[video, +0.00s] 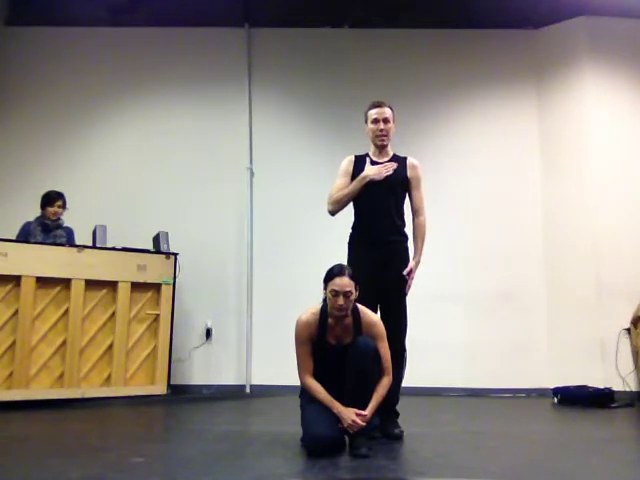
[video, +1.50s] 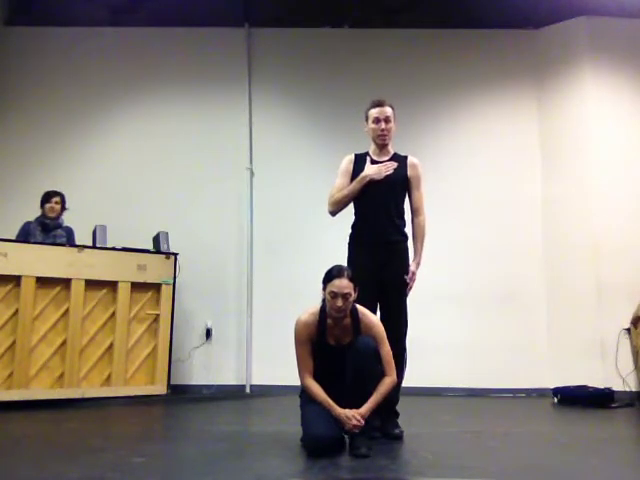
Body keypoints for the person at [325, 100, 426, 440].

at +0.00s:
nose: (381, 126)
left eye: (386, 121)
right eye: (376, 121)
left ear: (394, 126)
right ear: (366, 128)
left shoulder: (409, 167)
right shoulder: (353, 164)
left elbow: (419, 215)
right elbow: (332, 205)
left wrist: (416, 259)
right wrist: (365, 177)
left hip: (394, 257)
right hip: (361, 257)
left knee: (394, 338)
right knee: (359, 336)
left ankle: (388, 415)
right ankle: (358, 416)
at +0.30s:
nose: (381, 121)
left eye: (386, 117)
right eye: (375, 117)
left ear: (394, 124)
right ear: (366, 126)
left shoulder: (409, 165)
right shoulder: (353, 162)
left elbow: (419, 214)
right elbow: (331, 203)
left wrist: (416, 259)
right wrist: (364, 175)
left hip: (394, 257)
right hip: (361, 257)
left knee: (394, 338)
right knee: (358, 337)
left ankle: (389, 415)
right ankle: (358, 417)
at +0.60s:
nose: (381, 121)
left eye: (386, 117)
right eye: (375, 117)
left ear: (394, 124)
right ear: (365, 126)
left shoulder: (409, 165)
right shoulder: (352, 162)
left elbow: (418, 215)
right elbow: (331, 203)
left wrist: (415, 259)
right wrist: (365, 175)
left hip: (393, 257)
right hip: (361, 256)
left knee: (395, 337)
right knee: (358, 336)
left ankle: (388, 415)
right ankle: (359, 416)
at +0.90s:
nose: (381, 121)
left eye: (386, 117)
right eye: (375, 117)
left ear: (393, 124)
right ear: (365, 126)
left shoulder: (409, 165)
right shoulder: (352, 162)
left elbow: (418, 215)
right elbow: (331, 203)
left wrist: (415, 259)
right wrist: (365, 175)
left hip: (393, 256)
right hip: (361, 256)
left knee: (394, 337)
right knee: (358, 336)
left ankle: (388, 415)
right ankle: (359, 416)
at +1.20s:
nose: (381, 121)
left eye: (386, 116)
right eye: (375, 117)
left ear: (394, 124)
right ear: (365, 125)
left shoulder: (409, 165)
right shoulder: (352, 162)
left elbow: (419, 215)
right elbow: (331, 204)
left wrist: (416, 260)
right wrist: (365, 175)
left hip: (394, 256)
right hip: (361, 255)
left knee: (395, 336)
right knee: (358, 335)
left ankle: (388, 415)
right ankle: (359, 416)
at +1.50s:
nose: (383, 126)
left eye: (387, 120)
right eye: (377, 121)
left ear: (395, 125)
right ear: (366, 126)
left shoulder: (410, 166)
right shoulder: (353, 163)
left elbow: (418, 215)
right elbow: (333, 206)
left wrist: (416, 260)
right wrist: (365, 177)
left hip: (394, 257)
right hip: (361, 256)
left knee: (394, 337)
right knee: (358, 336)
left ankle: (388, 415)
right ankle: (359, 416)